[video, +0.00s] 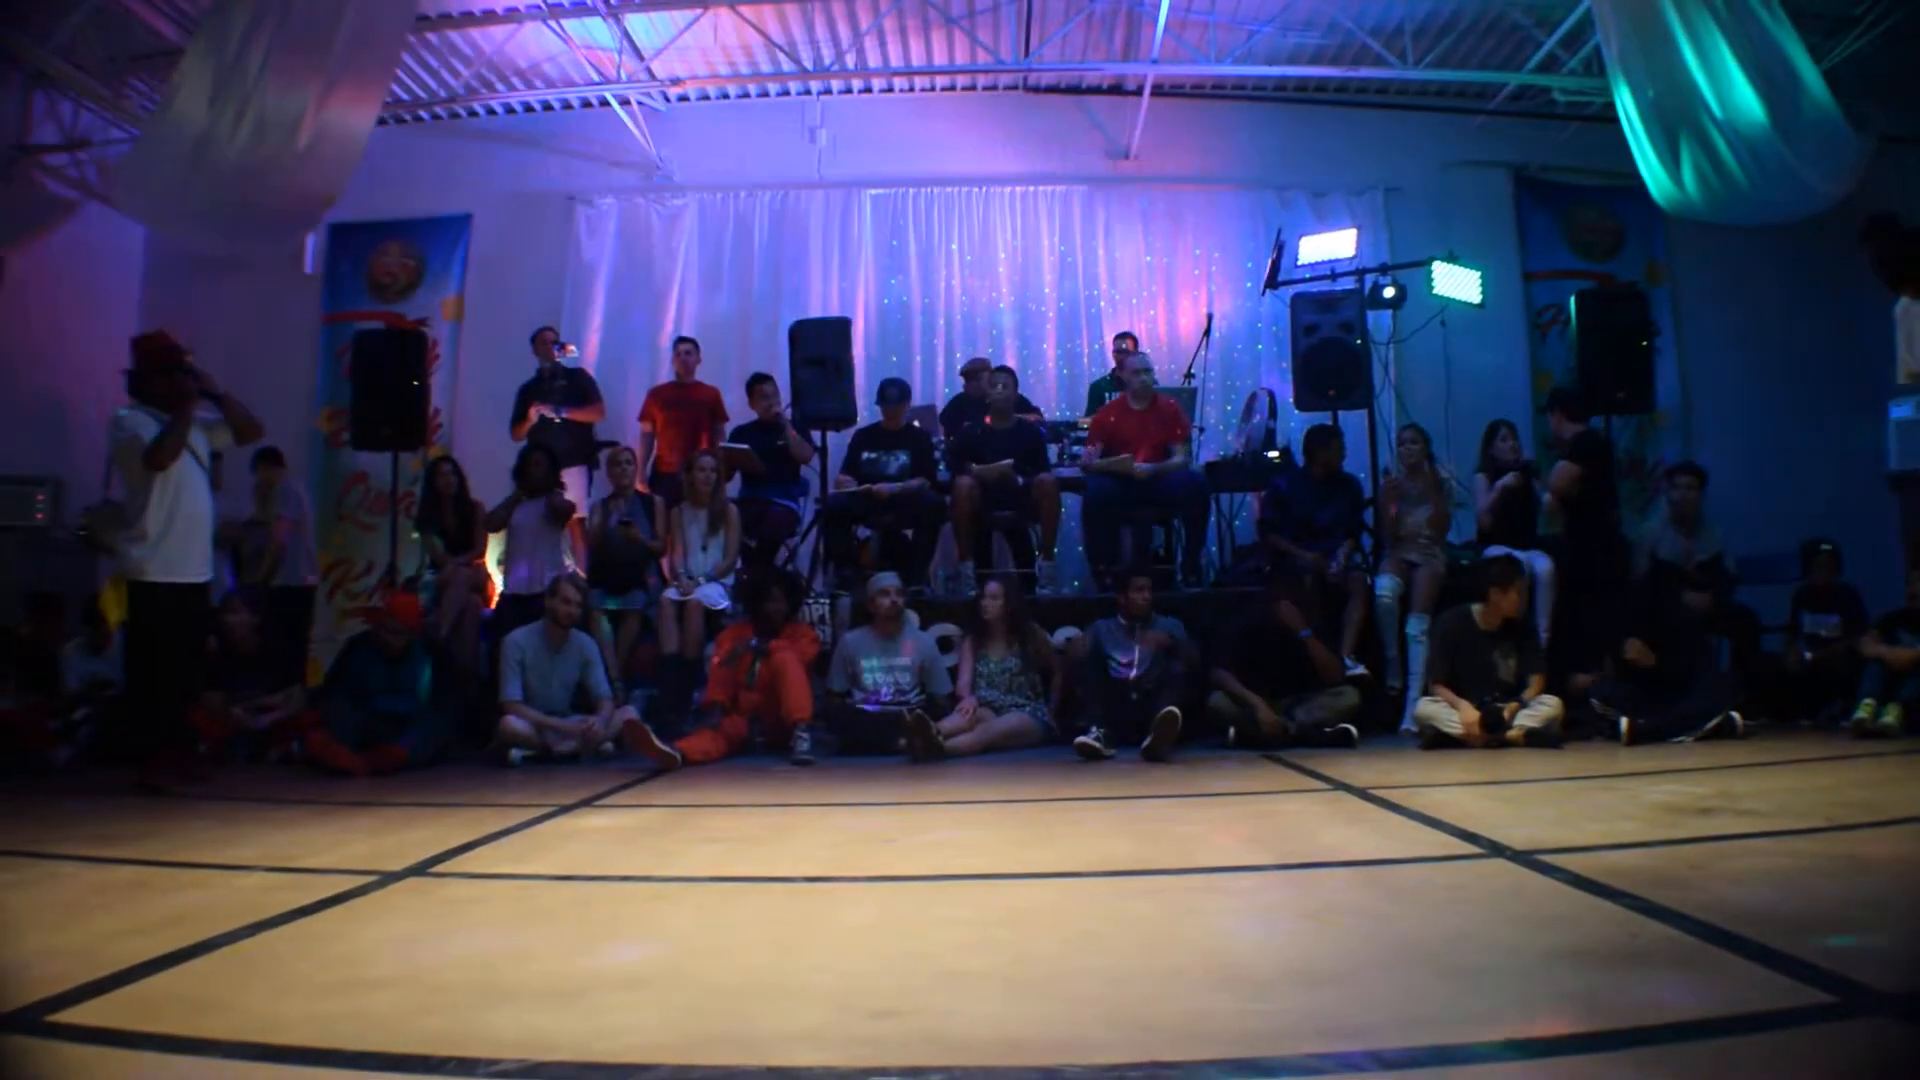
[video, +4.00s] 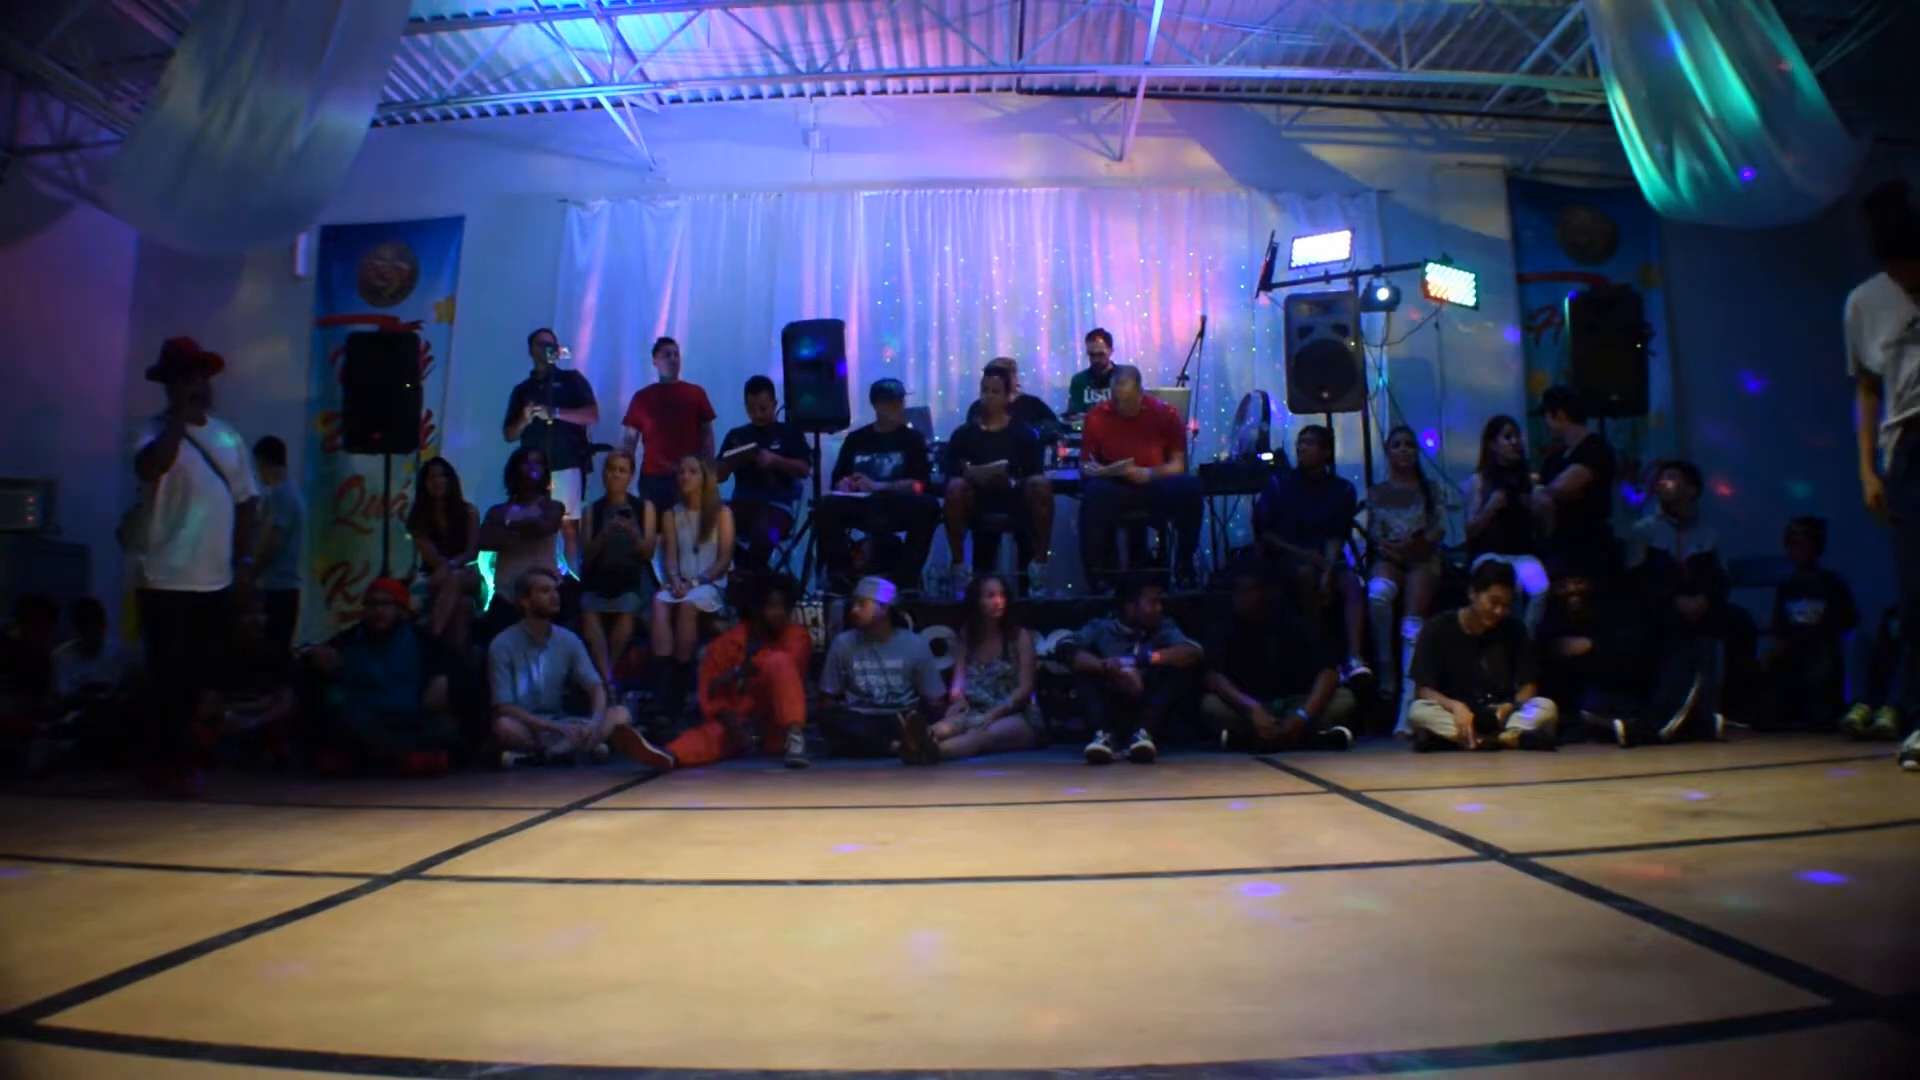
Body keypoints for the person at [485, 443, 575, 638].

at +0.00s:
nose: (534, 471)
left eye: (540, 465)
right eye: (529, 465)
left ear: (552, 471)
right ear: (520, 470)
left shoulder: (557, 502)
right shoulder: (515, 504)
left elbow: (562, 513)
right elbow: (490, 524)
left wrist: (555, 493)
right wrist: (516, 497)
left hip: (548, 592)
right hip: (514, 592)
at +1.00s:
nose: (536, 471)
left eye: (541, 465)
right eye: (530, 465)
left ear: (547, 470)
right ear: (517, 469)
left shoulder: (553, 502)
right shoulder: (504, 503)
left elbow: (558, 537)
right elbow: (487, 542)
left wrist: (553, 503)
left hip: (542, 592)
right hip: (508, 592)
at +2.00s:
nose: (534, 470)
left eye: (539, 464)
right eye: (528, 464)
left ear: (547, 470)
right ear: (515, 468)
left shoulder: (553, 500)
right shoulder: (501, 500)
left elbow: (566, 546)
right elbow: (491, 547)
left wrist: (556, 512)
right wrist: (496, 512)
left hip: (543, 592)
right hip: (507, 592)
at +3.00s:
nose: (535, 468)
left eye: (540, 463)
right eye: (529, 462)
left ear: (547, 468)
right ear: (516, 467)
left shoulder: (552, 501)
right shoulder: (500, 504)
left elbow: (561, 548)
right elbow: (493, 543)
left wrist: (558, 515)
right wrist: (509, 564)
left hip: (545, 580)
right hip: (510, 582)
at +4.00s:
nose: (534, 469)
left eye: (539, 464)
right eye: (527, 464)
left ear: (546, 471)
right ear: (515, 471)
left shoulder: (553, 507)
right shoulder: (498, 511)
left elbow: (545, 528)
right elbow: (485, 541)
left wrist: (507, 527)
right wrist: (527, 534)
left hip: (545, 600)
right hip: (506, 599)